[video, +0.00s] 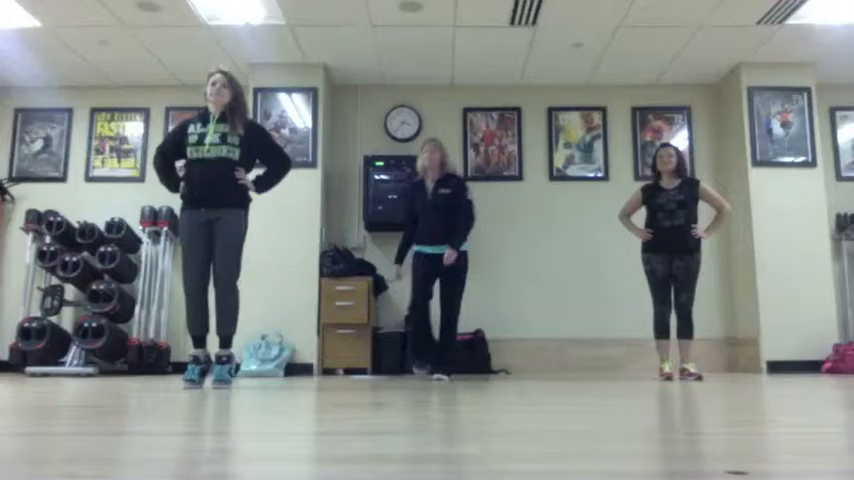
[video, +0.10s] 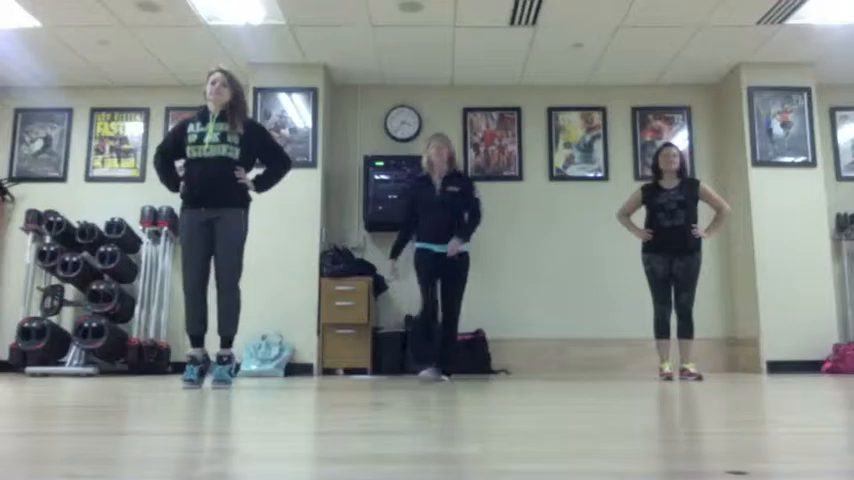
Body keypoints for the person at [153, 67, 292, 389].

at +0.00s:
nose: (216, 88)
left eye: (223, 85)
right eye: (212, 84)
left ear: (233, 94)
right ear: (205, 91)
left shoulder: (249, 130)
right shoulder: (189, 128)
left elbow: (282, 163)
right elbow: (161, 157)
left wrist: (257, 183)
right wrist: (175, 183)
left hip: (230, 211)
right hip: (193, 210)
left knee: (225, 281)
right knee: (193, 283)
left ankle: (225, 356)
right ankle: (198, 356)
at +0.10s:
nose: (215, 87)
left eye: (222, 84)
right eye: (212, 83)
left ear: (233, 93)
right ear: (205, 90)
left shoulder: (249, 129)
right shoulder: (189, 127)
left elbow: (282, 162)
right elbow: (161, 157)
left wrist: (256, 183)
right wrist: (175, 182)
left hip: (231, 211)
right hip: (193, 210)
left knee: (227, 282)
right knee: (193, 283)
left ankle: (225, 354)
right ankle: (197, 354)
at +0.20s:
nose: (215, 87)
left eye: (222, 83)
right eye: (211, 82)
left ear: (233, 93)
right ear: (204, 90)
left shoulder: (249, 129)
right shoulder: (189, 127)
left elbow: (282, 162)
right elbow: (161, 157)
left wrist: (257, 182)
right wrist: (176, 183)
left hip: (231, 211)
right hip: (194, 210)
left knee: (227, 282)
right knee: (193, 283)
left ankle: (226, 355)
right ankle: (196, 355)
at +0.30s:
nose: (214, 88)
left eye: (221, 84)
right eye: (211, 83)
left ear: (233, 93)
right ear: (204, 91)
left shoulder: (248, 129)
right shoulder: (188, 128)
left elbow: (283, 160)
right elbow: (161, 158)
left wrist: (257, 183)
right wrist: (176, 183)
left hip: (231, 213)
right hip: (194, 212)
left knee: (228, 284)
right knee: (196, 285)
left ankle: (227, 355)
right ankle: (199, 355)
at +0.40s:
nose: (214, 91)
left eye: (221, 88)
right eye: (211, 87)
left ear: (232, 97)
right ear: (204, 94)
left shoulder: (248, 133)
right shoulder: (189, 131)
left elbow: (283, 164)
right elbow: (161, 161)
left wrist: (257, 187)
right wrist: (176, 187)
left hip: (232, 217)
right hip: (195, 216)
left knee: (229, 288)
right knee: (197, 289)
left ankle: (228, 358)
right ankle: (201, 358)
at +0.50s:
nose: (214, 99)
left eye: (221, 96)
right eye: (211, 95)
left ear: (232, 106)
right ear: (204, 103)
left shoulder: (248, 142)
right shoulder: (190, 140)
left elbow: (282, 173)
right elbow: (162, 170)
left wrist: (257, 196)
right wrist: (178, 199)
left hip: (233, 226)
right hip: (196, 225)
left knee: (230, 295)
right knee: (201, 296)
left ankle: (227, 363)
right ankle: (205, 362)